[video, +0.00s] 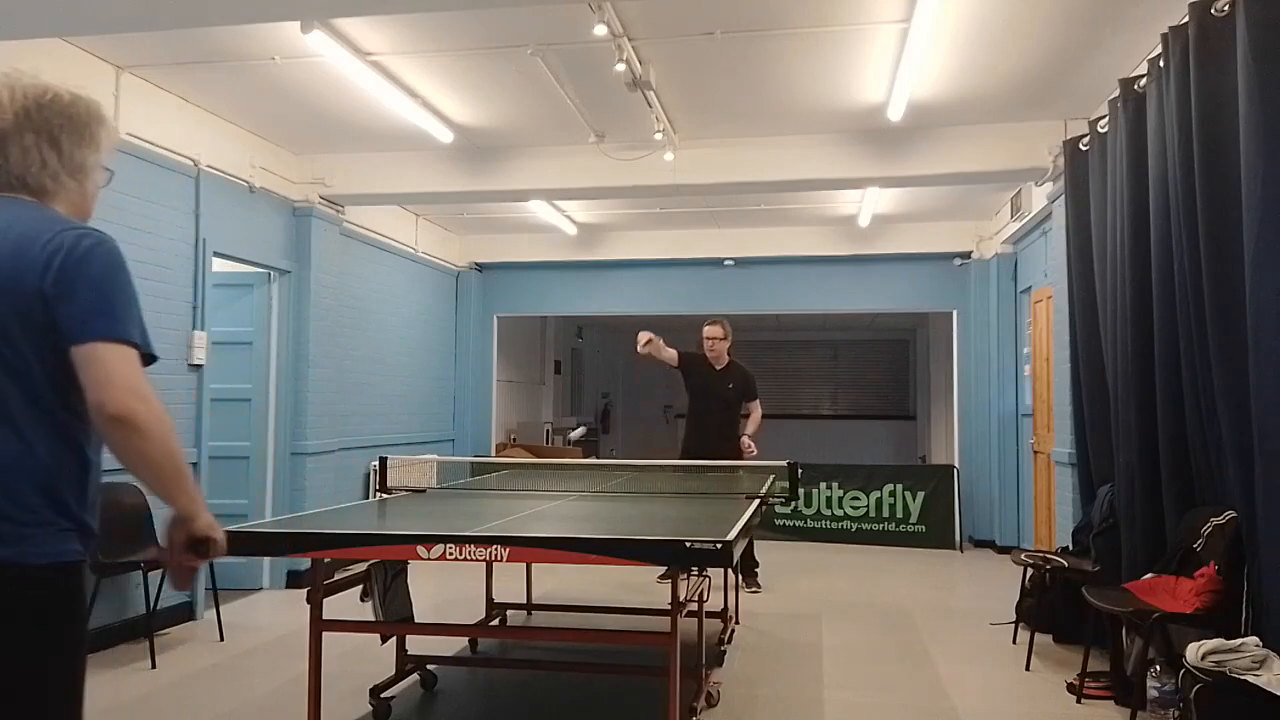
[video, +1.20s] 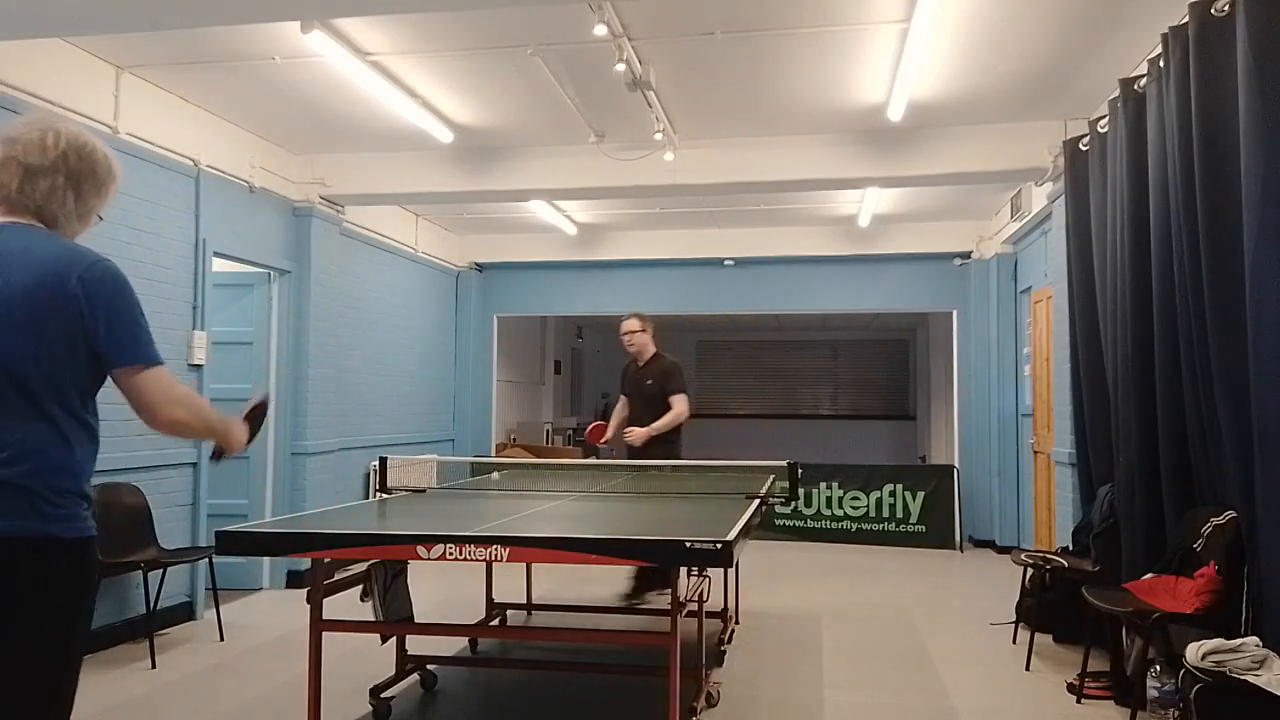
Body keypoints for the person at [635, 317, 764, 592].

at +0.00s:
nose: (710, 344)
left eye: (716, 339)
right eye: (706, 339)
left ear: (728, 342)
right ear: (702, 341)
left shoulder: (742, 375)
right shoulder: (692, 362)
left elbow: (755, 411)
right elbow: (663, 353)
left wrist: (747, 434)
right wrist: (650, 340)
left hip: (728, 456)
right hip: (692, 453)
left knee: (738, 513)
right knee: (678, 508)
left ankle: (748, 572)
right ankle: (677, 561)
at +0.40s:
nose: (726, 337)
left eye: (732, 333)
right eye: (723, 333)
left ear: (744, 335)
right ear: (718, 335)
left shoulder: (757, 370)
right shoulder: (707, 362)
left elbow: (775, 408)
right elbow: (674, 371)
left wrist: (763, 431)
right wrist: (652, 371)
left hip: (741, 456)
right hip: (706, 453)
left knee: (747, 515)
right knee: (693, 509)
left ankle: (749, 573)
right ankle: (685, 566)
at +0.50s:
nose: (724, 337)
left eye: (729, 333)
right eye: (720, 333)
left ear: (742, 335)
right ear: (716, 335)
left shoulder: (755, 370)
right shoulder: (705, 363)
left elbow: (772, 409)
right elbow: (677, 385)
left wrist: (759, 432)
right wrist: (656, 394)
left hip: (739, 455)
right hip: (703, 453)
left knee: (746, 515)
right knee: (686, 508)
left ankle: (749, 573)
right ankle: (678, 566)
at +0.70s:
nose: (703, 339)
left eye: (709, 334)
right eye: (700, 334)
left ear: (723, 337)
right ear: (697, 338)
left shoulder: (740, 371)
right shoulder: (691, 367)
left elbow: (757, 412)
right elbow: (683, 403)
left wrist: (736, 434)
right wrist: (672, 433)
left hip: (727, 458)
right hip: (692, 455)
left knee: (737, 515)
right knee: (675, 509)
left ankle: (749, 573)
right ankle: (665, 570)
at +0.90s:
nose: (669, 341)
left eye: (675, 336)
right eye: (666, 337)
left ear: (691, 337)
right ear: (663, 342)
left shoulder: (710, 372)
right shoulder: (665, 372)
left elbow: (729, 413)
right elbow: (660, 407)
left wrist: (702, 435)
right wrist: (652, 439)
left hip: (702, 460)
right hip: (668, 459)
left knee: (717, 516)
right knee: (661, 515)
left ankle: (743, 566)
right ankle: (662, 574)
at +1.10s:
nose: (641, 339)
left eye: (646, 333)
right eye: (637, 335)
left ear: (662, 334)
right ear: (636, 339)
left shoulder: (681, 367)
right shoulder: (640, 368)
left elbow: (698, 410)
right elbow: (635, 403)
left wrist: (667, 432)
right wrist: (624, 432)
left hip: (675, 459)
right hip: (645, 458)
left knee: (673, 516)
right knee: (648, 517)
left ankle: (677, 575)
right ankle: (657, 577)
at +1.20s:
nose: (628, 339)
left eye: (633, 333)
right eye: (624, 335)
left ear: (649, 334)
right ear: (622, 340)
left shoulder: (668, 367)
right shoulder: (629, 369)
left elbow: (681, 410)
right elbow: (624, 403)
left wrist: (649, 431)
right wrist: (611, 431)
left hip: (664, 459)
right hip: (637, 458)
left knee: (660, 518)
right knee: (644, 518)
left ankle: (647, 581)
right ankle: (657, 576)